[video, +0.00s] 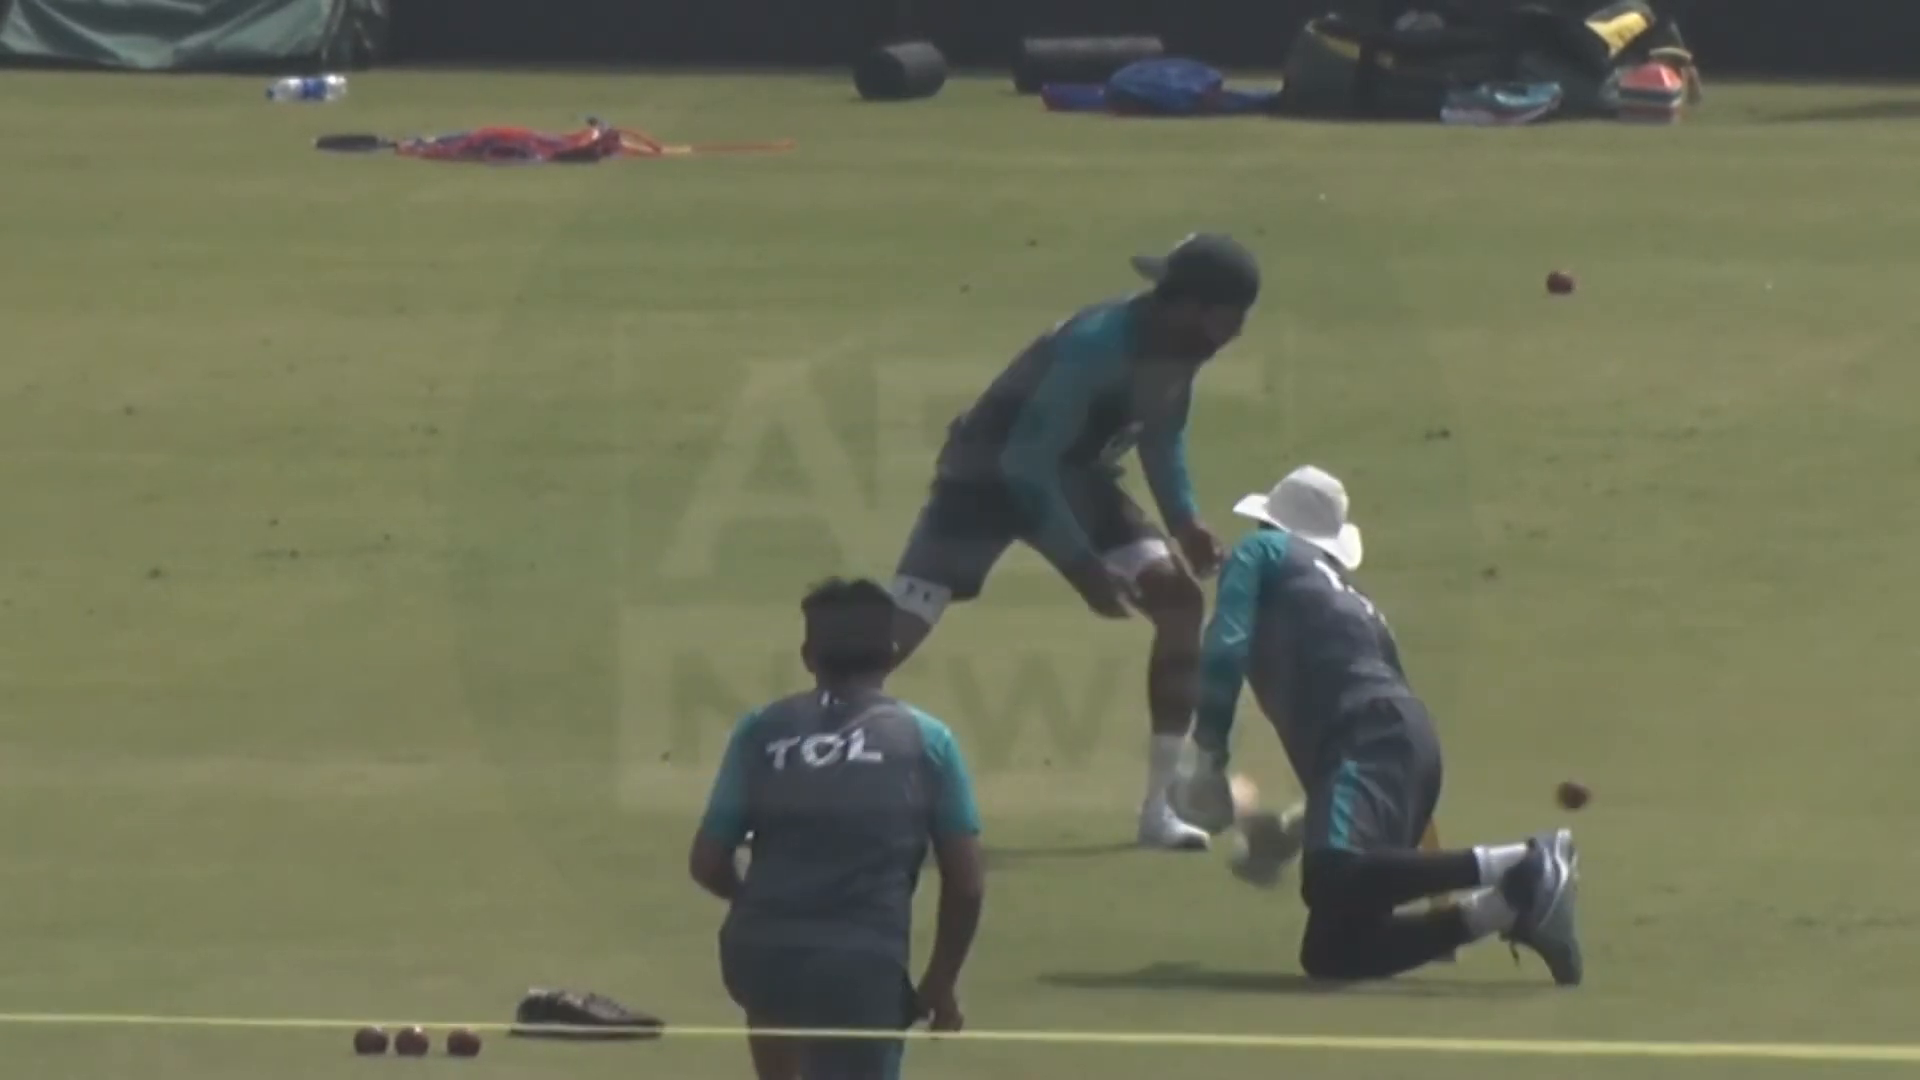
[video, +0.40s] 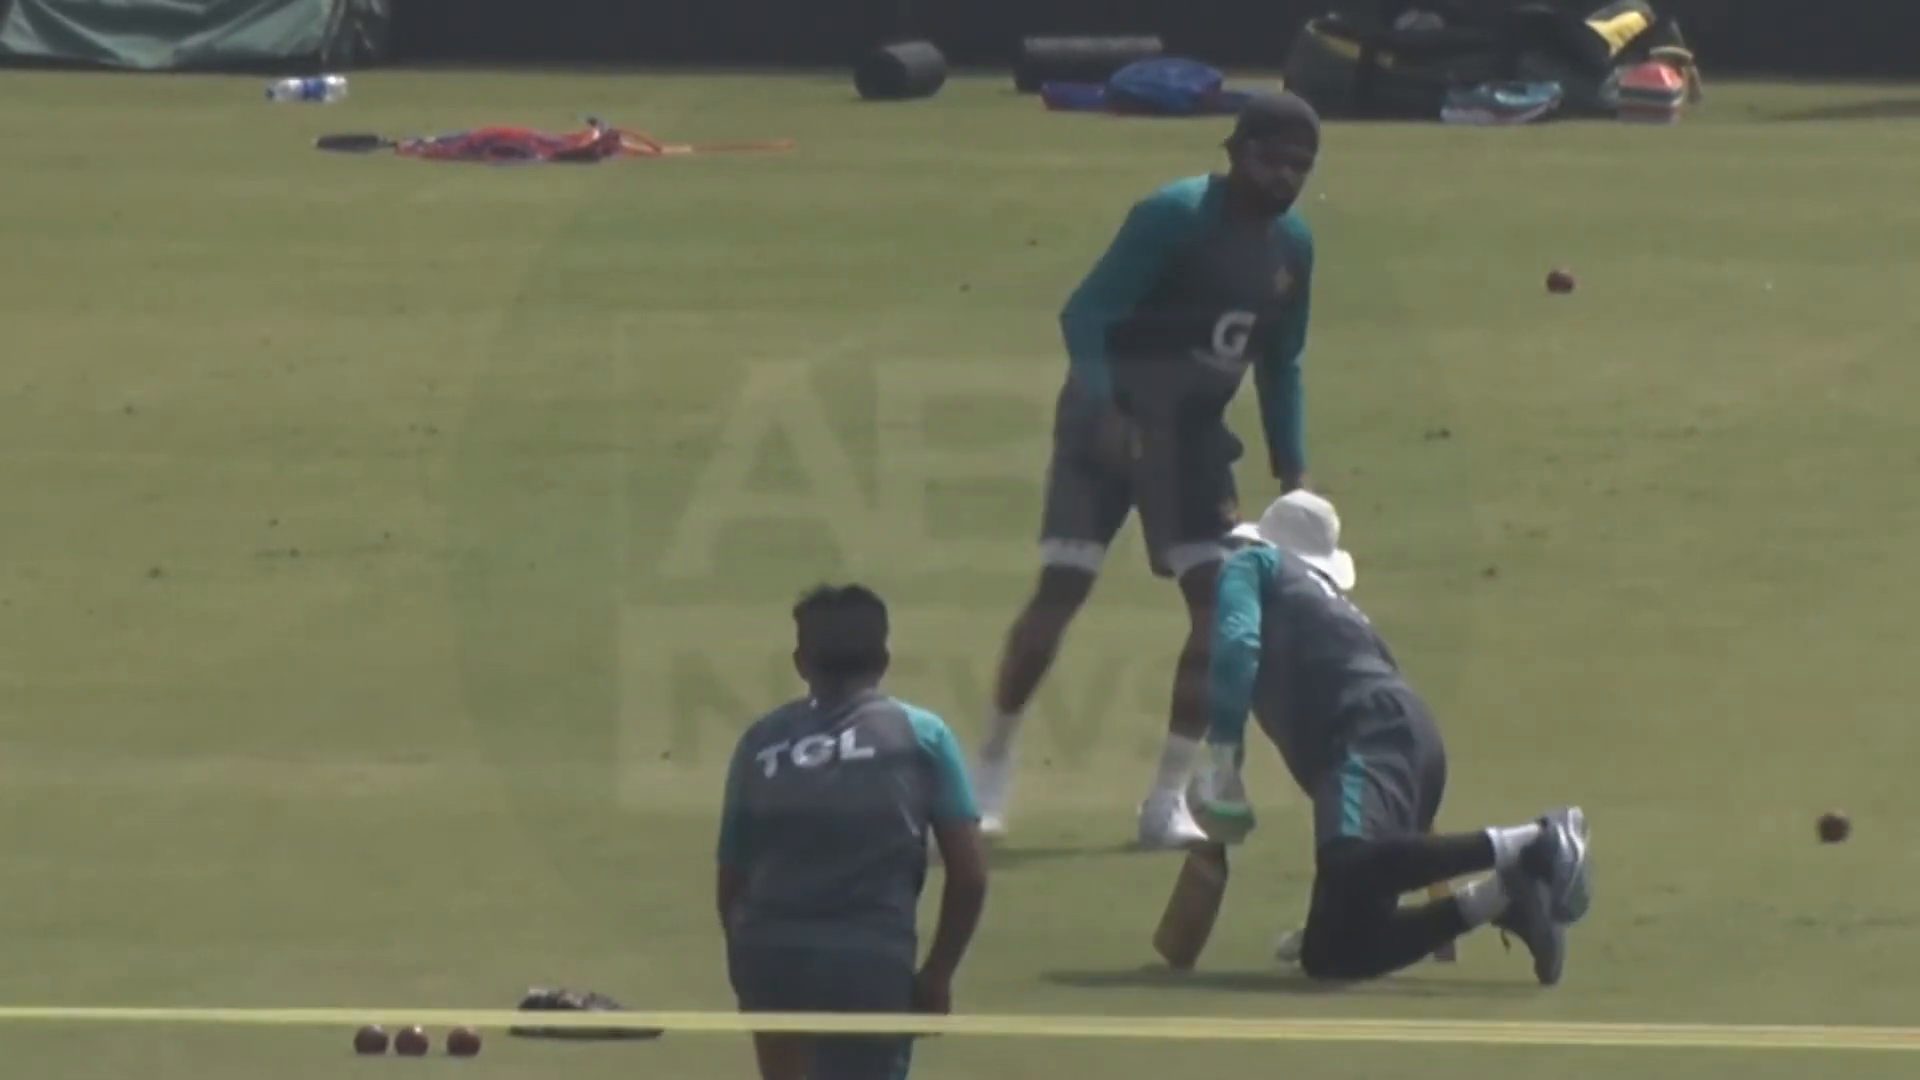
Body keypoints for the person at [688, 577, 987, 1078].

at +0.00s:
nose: (805, 652)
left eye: (807, 643)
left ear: (809, 655)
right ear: (891, 656)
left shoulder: (760, 731)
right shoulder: (928, 741)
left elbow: (707, 863)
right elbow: (965, 886)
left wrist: (759, 900)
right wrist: (939, 985)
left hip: (761, 954)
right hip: (862, 965)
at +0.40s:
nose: (792, 659)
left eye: (795, 650)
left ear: (801, 663)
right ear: (883, 662)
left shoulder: (760, 740)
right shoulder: (922, 734)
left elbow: (731, 885)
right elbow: (969, 875)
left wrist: (749, 970)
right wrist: (937, 976)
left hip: (770, 958)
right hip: (871, 961)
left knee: (786, 1069)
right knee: (869, 1068)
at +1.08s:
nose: (802, 675)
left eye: (804, 665)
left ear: (810, 676)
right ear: (890, 674)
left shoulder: (767, 747)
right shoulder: (927, 740)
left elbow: (737, 892)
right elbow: (972, 879)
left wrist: (748, 996)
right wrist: (944, 988)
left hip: (773, 967)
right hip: (873, 969)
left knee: (791, 1069)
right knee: (872, 1069)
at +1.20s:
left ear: (812, 676)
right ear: (893, 676)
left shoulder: (769, 743)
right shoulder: (930, 743)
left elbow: (722, 892)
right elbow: (972, 882)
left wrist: (743, 979)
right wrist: (947, 991)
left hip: (773, 960)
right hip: (871, 964)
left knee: (792, 1065)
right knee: (873, 1068)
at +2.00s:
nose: (802, 681)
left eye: (803, 672)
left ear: (809, 683)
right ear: (891, 679)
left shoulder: (768, 750)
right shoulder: (925, 743)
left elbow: (740, 896)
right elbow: (968, 883)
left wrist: (749, 1000)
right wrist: (939, 988)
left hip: (773, 971)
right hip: (872, 972)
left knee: (790, 1068)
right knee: (872, 1069)